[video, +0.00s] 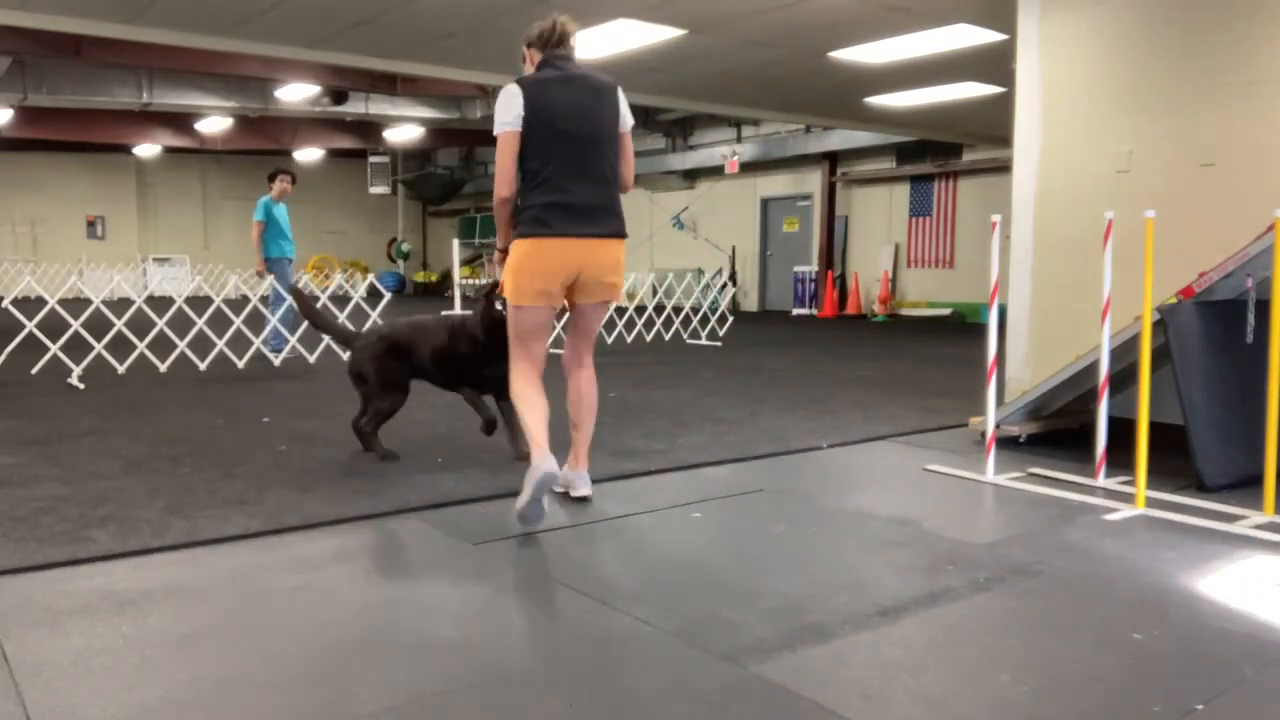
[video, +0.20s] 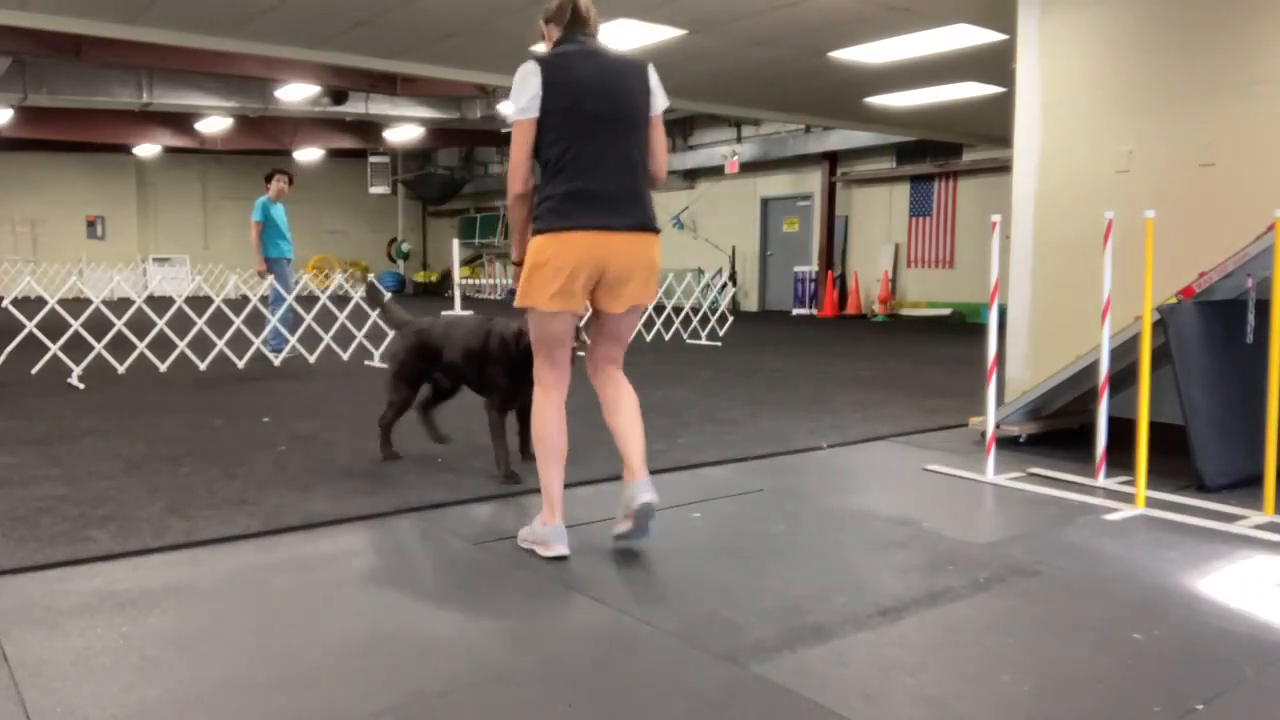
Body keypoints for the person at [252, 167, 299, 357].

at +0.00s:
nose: (285, 186)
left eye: (289, 183)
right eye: (282, 181)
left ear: (291, 187)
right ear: (272, 184)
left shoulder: (283, 206)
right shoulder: (264, 203)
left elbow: (283, 232)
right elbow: (257, 232)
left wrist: (290, 255)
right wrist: (259, 261)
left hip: (287, 256)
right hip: (275, 256)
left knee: (279, 299)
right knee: (284, 298)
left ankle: (274, 340)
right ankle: (277, 342)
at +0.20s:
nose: (282, 186)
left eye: (285, 183)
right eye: (279, 181)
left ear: (288, 188)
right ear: (269, 184)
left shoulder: (280, 206)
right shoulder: (262, 203)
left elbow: (280, 232)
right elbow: (255, 232)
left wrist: (287, 255)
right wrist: (260, 260)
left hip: (286, 256)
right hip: (274, 257)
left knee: (280, 299)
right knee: (283, 298)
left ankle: (275, 341)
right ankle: (277, 343)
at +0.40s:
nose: (279, 185)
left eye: (283, 182)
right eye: (276, 181)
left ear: (285, 187)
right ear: (266, 184)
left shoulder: (278, 206)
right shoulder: (259, 203)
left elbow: (279, 231)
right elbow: (254, 232)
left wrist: (286, 254)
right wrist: (260, 260)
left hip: (285, 256)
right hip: (274, 256)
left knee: (279, 299)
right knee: (284, 297)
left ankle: (275, 340)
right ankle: (277, 342)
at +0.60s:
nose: (277, 184)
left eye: (281, 181)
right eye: (274, 180)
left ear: (284, 187)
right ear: (265, 184)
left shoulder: (278, 206)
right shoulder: (258, 203)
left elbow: (279, 232)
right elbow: (253, 233)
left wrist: (286, 255)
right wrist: (258, 262)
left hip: (284, 256)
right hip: (272, 257)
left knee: (280, 299)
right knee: (283, 297)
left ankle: (275, 340)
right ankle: (276, 342)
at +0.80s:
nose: (276, 184)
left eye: (280, 181)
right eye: (273, 179)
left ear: (283, 186)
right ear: (264, 183)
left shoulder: (277, 206)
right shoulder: (257, 203)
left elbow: (279, 232)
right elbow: (251, 235)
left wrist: (286, 255)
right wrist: (256, 264)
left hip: (284, 256)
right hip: (270, 256)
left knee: (283, 299)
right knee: (280, 298)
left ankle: (278, 341)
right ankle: (275, 343)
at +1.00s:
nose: (276, 184)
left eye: (279, 181)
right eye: (272, 180)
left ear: (282, 186)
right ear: (263, 183)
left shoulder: (277, 206)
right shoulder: (256, 204)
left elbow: (280, 232)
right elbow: (251, 235)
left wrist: (286, 254)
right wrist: (256, 263)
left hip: (284, 255)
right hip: (271, 256)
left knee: (282, 299)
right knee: (281, 298)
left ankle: (277, 341)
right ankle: (275, 343)